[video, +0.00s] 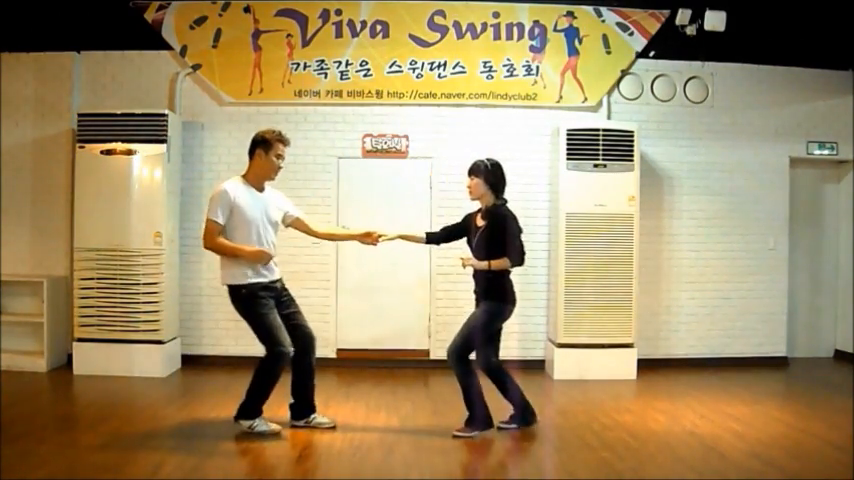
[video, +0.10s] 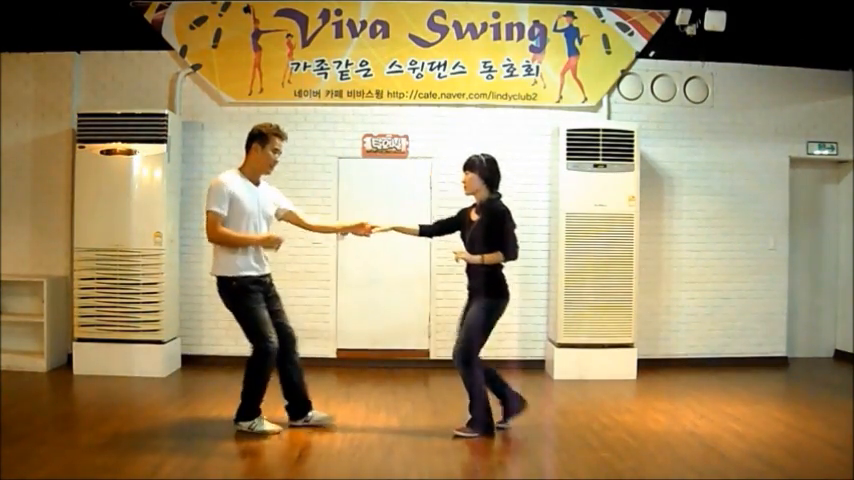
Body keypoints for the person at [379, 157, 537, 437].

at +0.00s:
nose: (468, 183)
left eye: (473, 178)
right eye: (469, 178)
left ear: (488, 182)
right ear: (479, 183)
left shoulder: (505, 217)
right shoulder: (473, 219)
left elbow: (516, 259)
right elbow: (437, 237)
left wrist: (480, 264)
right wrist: (397, 235)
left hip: (499, 301)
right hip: (485, 301)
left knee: (457, 353)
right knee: (488, 362)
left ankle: (479, 419)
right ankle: (524, 412)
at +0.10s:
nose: (463, 178)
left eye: (468, 173)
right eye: (464, 173)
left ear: (483, 177)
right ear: (474, 178)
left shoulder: (499, 212)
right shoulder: (467, 214)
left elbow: (509, 253)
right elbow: (431, 230)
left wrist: (473, 258)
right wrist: (391, 227)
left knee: (464, 355)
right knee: (464, 356)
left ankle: (480, 422)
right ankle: (511, 399)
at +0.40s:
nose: (422, 181)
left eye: (427, 176)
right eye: (424, 176)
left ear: (441, 182)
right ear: (437, 182)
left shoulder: (448, 216)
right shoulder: (429, 217)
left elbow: (448, 260)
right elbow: (396, 236)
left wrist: (415, 259)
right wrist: (357, 235)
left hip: (445, 302)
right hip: (432, 301)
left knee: (444, 364)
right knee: (401, 350)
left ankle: (481, 421)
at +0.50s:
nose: (402, 180)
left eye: (407, 175)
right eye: (404, 175)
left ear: (420, 180)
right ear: (416, 180)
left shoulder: (425, 214)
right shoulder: (413, 213)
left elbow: (418, 258)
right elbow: (382, 238)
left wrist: (387, 255)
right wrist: (344, 238)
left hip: (418, 298)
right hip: (405, 298)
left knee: (413, 362)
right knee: (378, 350)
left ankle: (467, 407)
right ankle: (373, 416)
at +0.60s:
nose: (381, 174)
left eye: (386, 169)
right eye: (383, 169)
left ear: (398, 175)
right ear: (397, 176)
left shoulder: (403, 208)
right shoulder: (395, 206)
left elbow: (391, 252)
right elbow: (367, 238)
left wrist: (357, 246)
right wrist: (335, 237)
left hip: (393, 292)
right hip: (385, 291)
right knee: (367, 353)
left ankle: (424, 397)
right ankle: (373, 416)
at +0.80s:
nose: (339, 175)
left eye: (343, 171)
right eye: (341, 170)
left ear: (355, 177)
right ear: (359, 177)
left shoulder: (358, 210)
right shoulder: (357, 207)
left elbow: (342, 251)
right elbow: (340, 246)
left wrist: (306, 247)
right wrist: (311, 244)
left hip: (347, 294)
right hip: (351, 292)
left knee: (312, 348)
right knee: (345, 352)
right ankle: (371, 416)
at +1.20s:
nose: (272, 170)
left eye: (278, 166)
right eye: (275, 165)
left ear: (288, 174)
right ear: (292, 174)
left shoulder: (287, 207)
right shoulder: (292, 203)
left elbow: (278, 253)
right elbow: (280, 248)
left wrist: (246, 247)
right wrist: (254, 239)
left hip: (285, 289)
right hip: (286, 286)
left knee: (255, 347)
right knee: (256, 347)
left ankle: (281, 413)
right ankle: (277, 410)